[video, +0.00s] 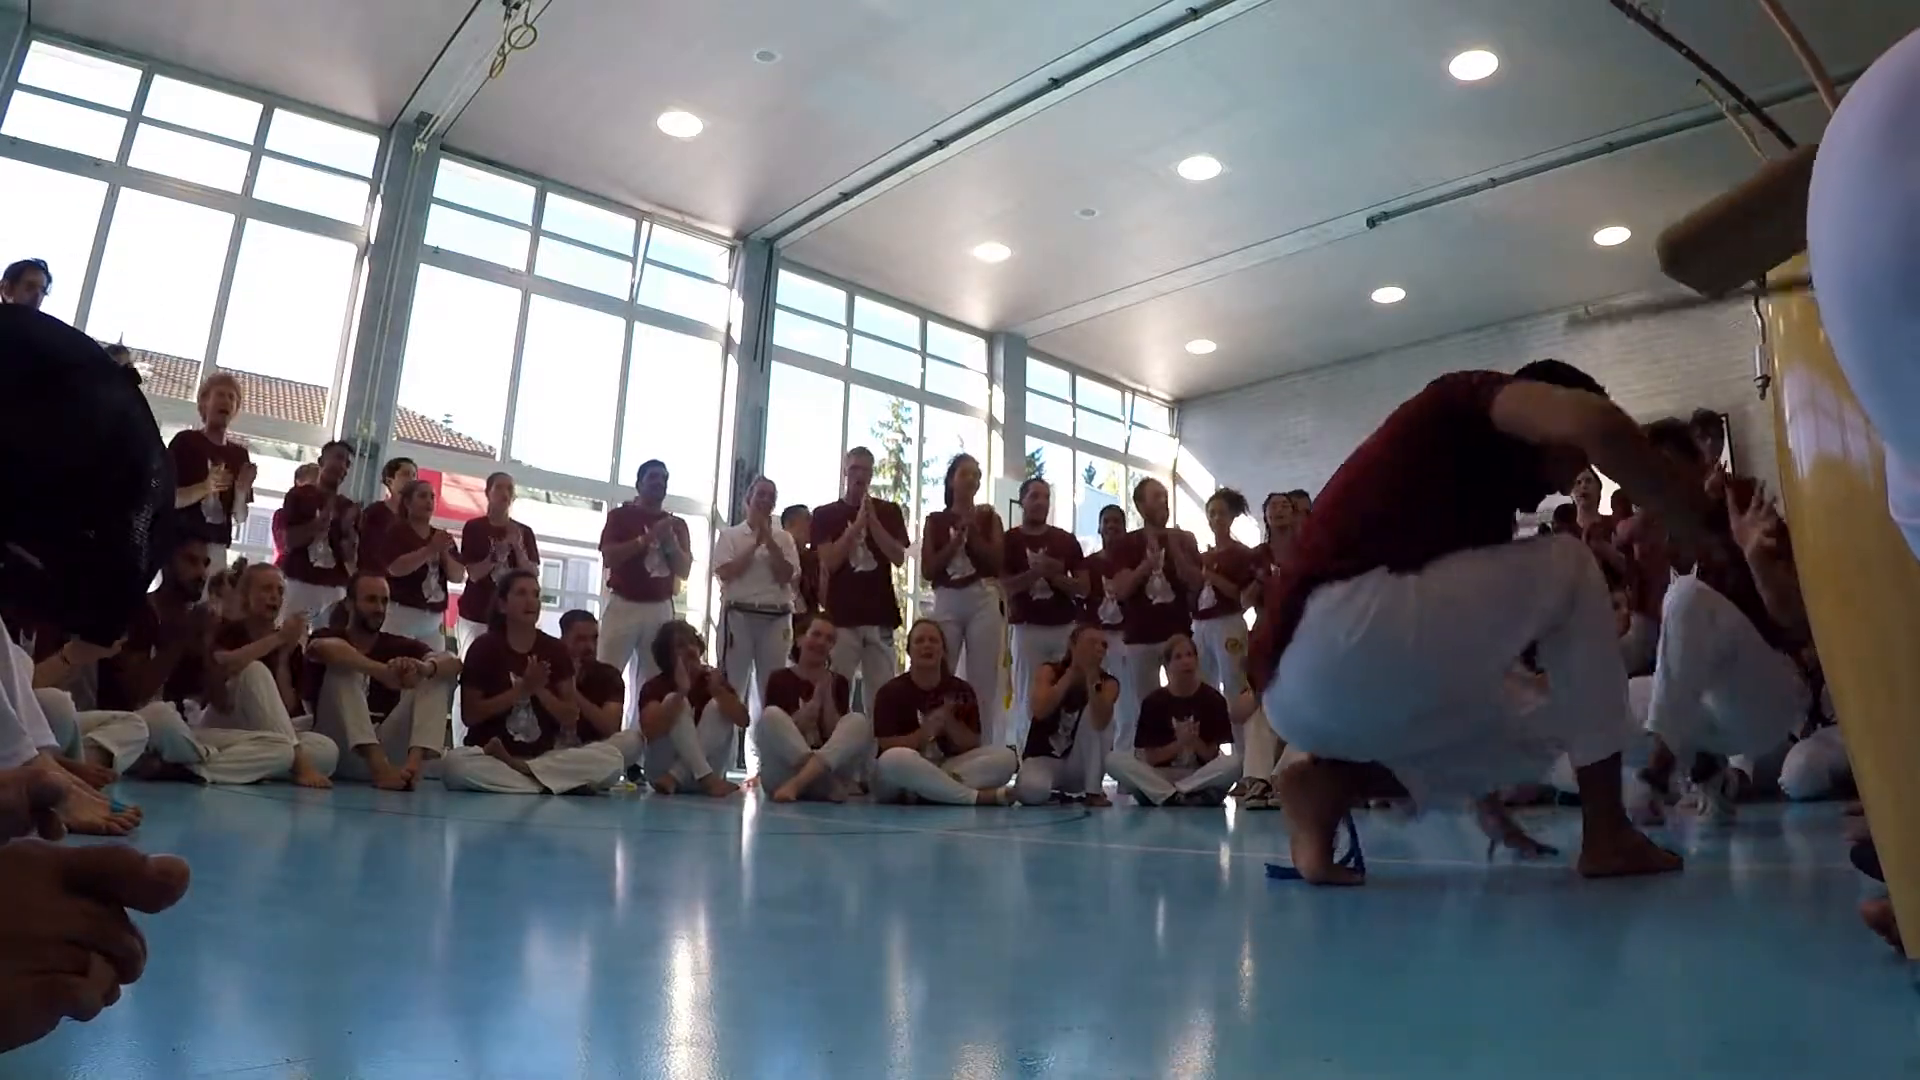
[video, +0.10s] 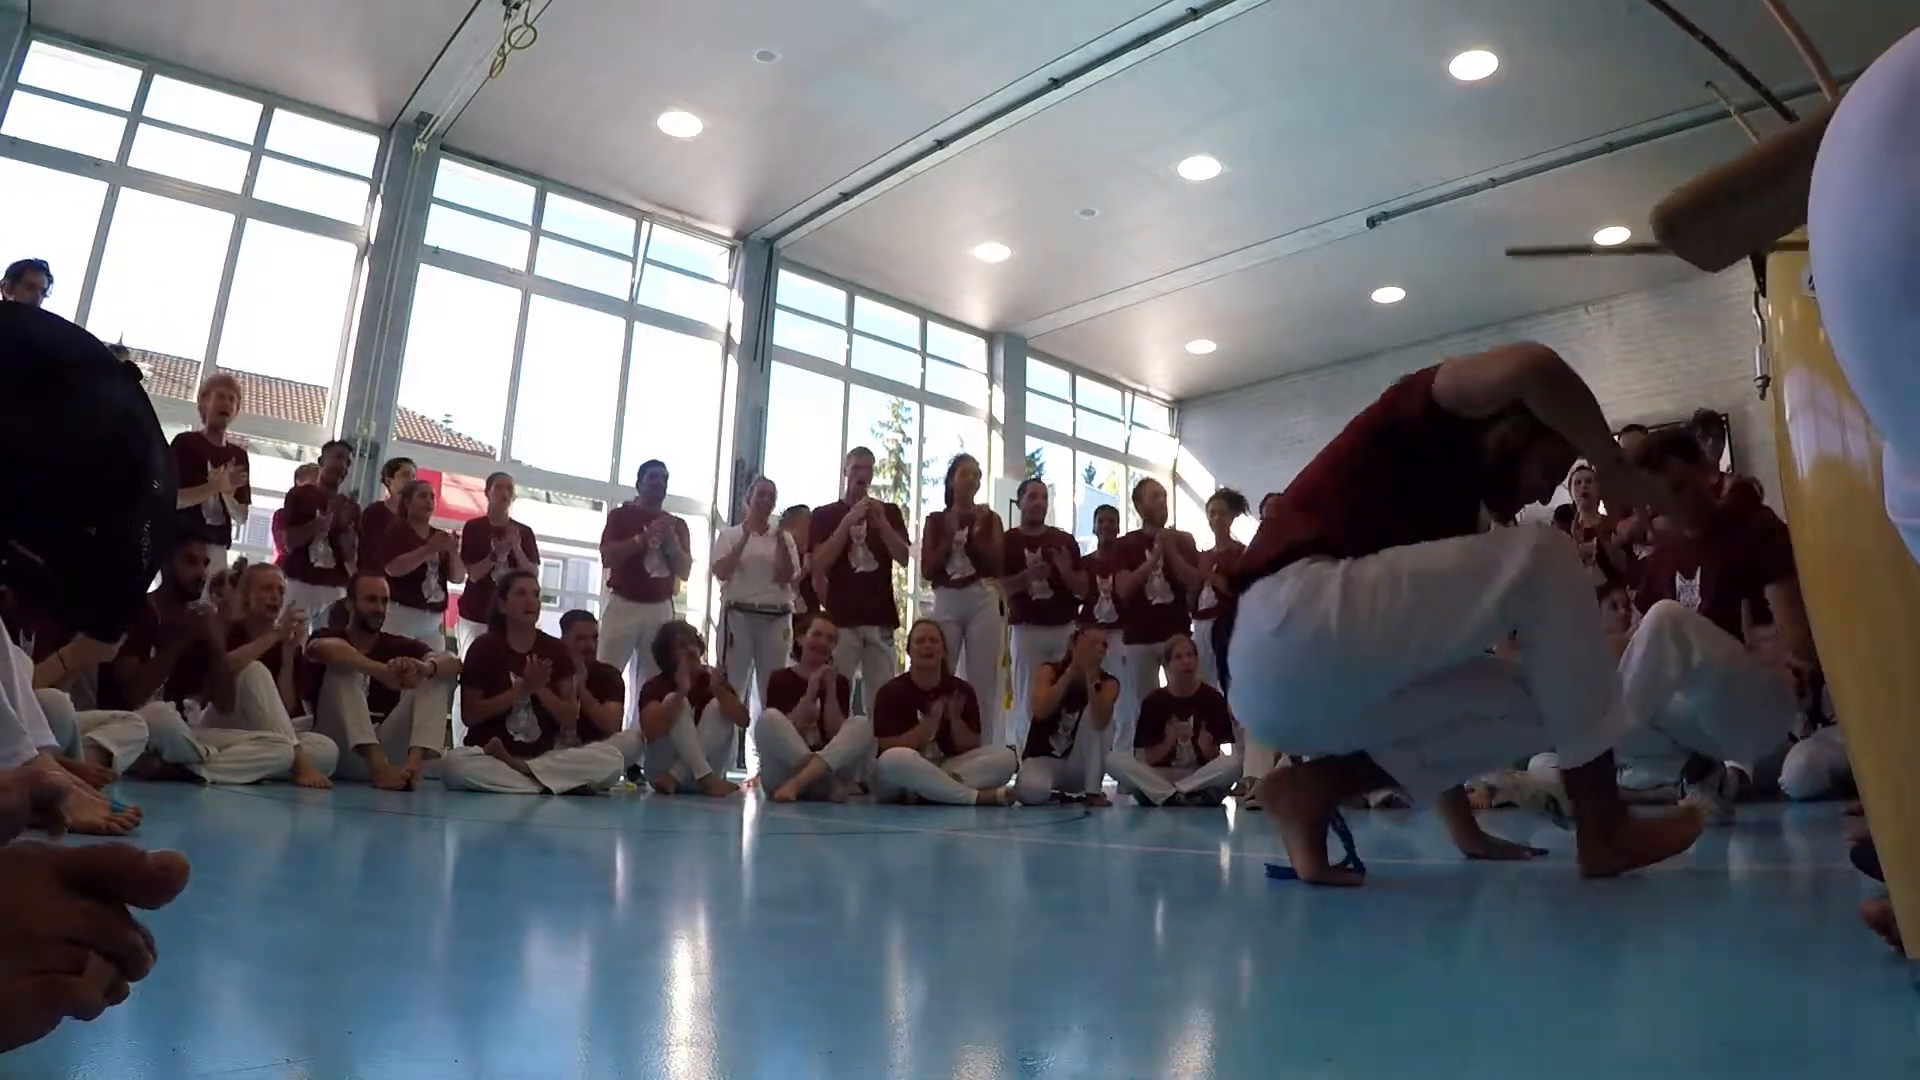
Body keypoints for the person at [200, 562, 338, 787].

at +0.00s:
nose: (275, 597)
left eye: (279, 591)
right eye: (266, 589)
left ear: (284, 597)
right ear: (246, 594)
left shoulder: (289, 645)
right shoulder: (228, 632)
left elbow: (291, 708)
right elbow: (222, 665)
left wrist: (284, 658)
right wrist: (280, 638)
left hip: (272, 734)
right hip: (225, 728)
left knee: (327, 751)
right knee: (255, 671)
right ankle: (300, 761)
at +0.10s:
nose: (275, 597)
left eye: (280, 590)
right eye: (266, 589)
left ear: (285, 597)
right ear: (246, 593)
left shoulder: (287, 642)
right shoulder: (228, 630)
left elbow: (289, 708)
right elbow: (223, 667)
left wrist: (289, 655)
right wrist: (277, 636)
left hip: (270, 732)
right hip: (225, 727)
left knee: (327, 751)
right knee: (254, 671)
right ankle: (300, 761)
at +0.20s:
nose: (276, 596)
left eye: (280, 590)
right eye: (267, 589)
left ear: (285, 596)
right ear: (246, 594)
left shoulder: (283, 642)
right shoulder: (227, 631)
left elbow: (288, 709)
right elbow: (223, 668)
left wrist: (291, 660)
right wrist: (273, 634)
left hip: (268, 732)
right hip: (223, 727)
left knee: (327, 751)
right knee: (254, 671)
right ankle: (300, 762)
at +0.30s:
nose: (277, 597)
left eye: (280, 591)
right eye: (268, 589)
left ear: (284, 597)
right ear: (246, 594)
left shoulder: (291, 647)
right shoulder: (225, 629)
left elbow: (290, 709)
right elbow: (220, 667)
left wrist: (284, 658)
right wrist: (278, 636)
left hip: (271, 731)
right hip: (223, 723)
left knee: (327, 752)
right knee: (254, 670)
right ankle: (299, 761)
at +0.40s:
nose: (277, 597)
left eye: (280, 591)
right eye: (268, 589)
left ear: (285, 598)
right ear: (247, 595)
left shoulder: (291, 647)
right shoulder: (226, 631)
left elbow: (290, 709)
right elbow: (221, 668)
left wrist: (284, 658)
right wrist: (279, 635)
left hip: (271, 732)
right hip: (225, 724)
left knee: (327, 752)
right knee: (254, 670)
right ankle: (299, 761)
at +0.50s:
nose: (278, 597)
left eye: (282, 591)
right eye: (269, 589)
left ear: (285, 598)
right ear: (247, 595)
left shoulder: (285, 642)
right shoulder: (227, 631)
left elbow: (287, 708)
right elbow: (222, 667)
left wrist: (288, 655)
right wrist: (274, 637)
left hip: (269, 729)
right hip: (224, 724)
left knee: (327, 751)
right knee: (254, 671)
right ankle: (298, 762)